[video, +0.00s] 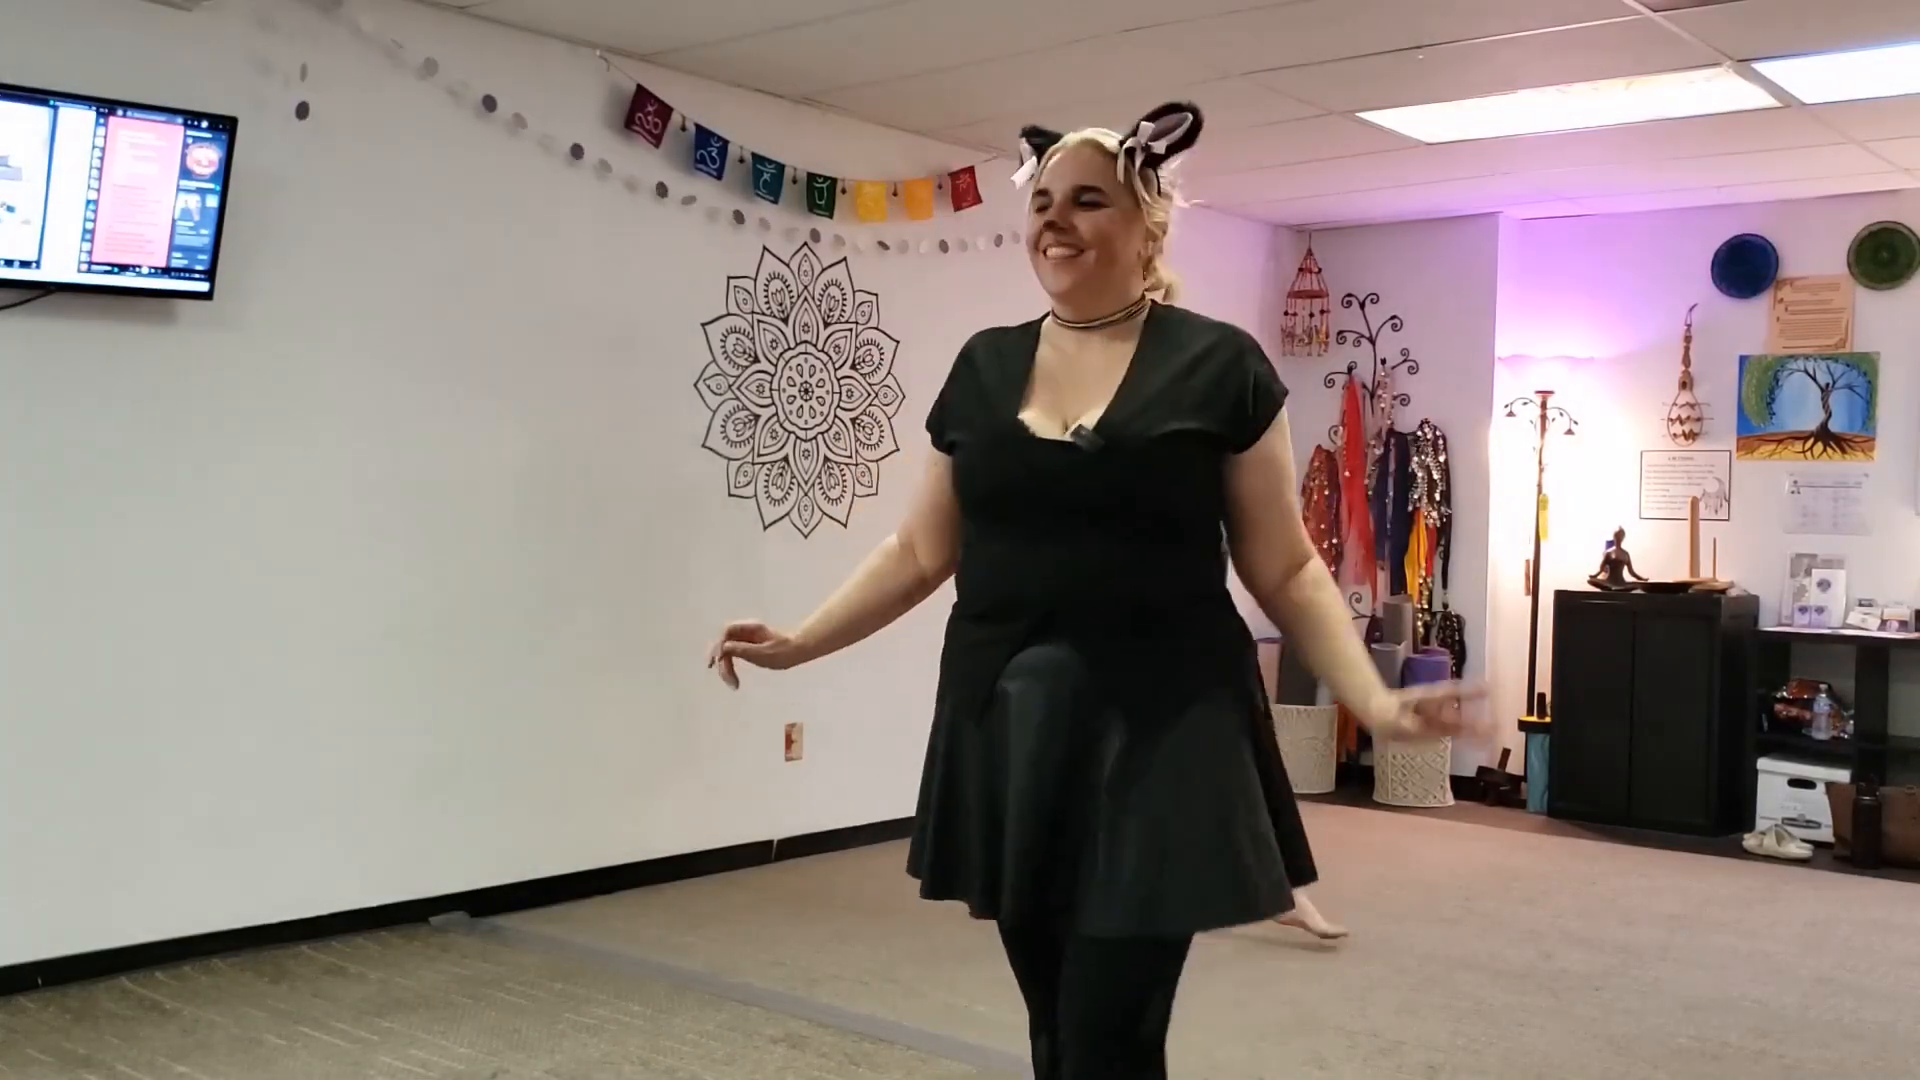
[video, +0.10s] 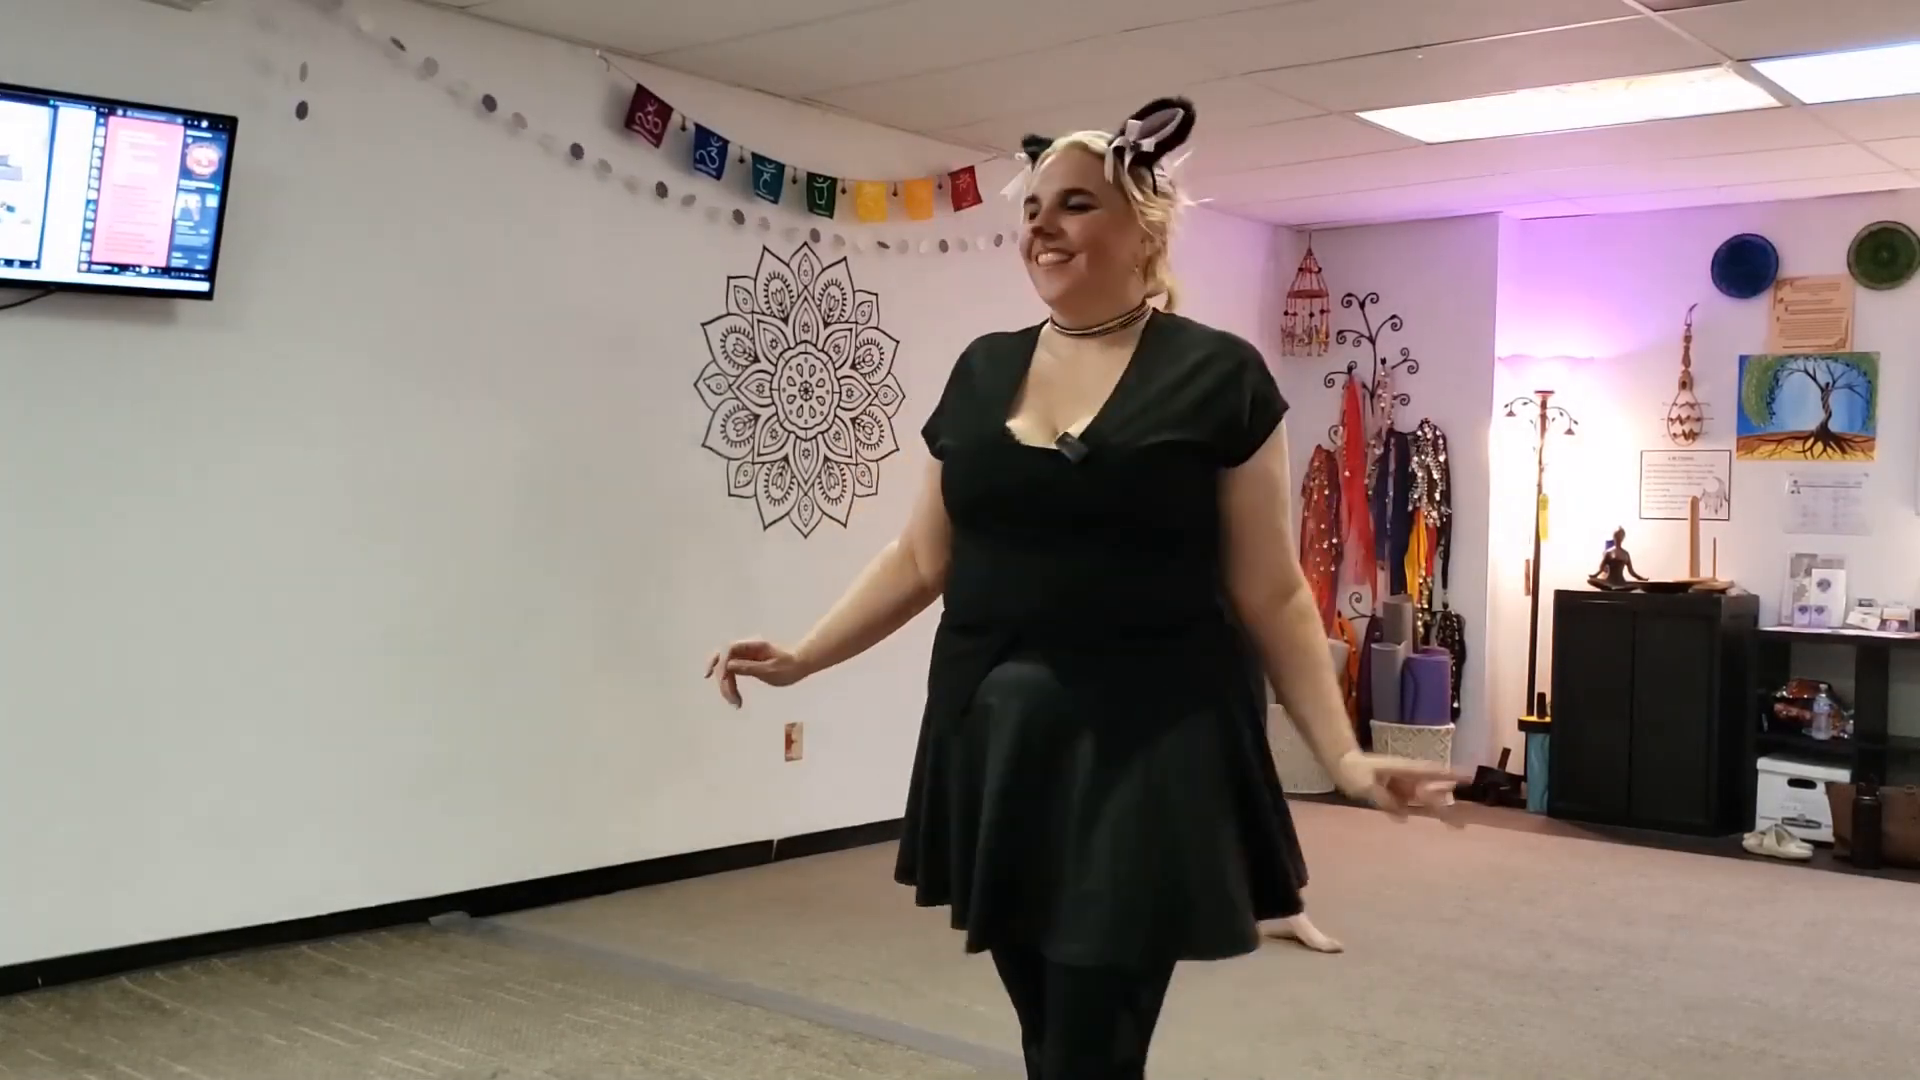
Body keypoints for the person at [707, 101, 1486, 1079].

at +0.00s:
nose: (1054, 222)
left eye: (1086, 201)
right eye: (1042, 206)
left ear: (1148, 224)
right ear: (1029, 234)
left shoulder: (1219, 369)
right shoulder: (989, 367)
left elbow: (1286, 569)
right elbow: (918, 551)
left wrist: (1374, 699)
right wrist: (803, 641)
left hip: (1164, 749)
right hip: (1010, 748)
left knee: (1103, 1047)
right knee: (1061, 1041)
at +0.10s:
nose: (1045, 227)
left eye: (1077, 204)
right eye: (1033, 210)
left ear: (1148, 227)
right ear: (1021, 235)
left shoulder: (1216, 375)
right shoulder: (988, 371)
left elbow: (1274, 593)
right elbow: (918, 560)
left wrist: (1345, 759)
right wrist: (800, 660)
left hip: (1156, 766)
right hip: (997, 761)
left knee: (1087, 1053)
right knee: (1056, 1048)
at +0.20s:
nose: (1024, 223)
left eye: (1057, 196)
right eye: (1018, 203)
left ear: (1141, 215)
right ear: (1013, 223)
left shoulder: (1211, 373)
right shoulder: (982, 363)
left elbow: (1261, 605)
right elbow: (914, 557)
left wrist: (1319, 785)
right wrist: (800, 667)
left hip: (1136, 761)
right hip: (975, 758)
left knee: (1076, 1051)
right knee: (1046, 1049)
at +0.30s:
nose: (1002, 218)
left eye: (1033, 191)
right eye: (998, 198)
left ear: (1126, 204)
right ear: (1001, 217)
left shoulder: (1205, 371)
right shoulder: (972, 354)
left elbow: (1247, 609)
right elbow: (908, 552)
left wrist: (1327, 793)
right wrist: (794, 676)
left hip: (1110, 785)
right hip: (949, 774)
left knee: (1072, 1058)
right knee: (1004, 1053)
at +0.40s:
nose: (979, 217)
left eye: (1008, 192)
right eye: (975, 199)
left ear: (1102, 200)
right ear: (973, 216)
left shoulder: (1181, 365)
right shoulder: (962, 356)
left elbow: (1233, 605)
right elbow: (912, 561)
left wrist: (1335, 783)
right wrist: (804, 685)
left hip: (1082, 771)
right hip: (921, 764)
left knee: (1061, 1057)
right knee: (944, 1056)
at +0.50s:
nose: (944, 228)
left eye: (973, 199)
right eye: (946, 204)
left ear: (1072, 207)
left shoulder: (1156, 365)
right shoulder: (950, 366)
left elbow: (1188, 593)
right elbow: (934, 592)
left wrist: (1282, 741)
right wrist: (848, 711)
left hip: (1071, 773)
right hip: (907, 762)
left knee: (1060, 1060)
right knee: (866, 1059)